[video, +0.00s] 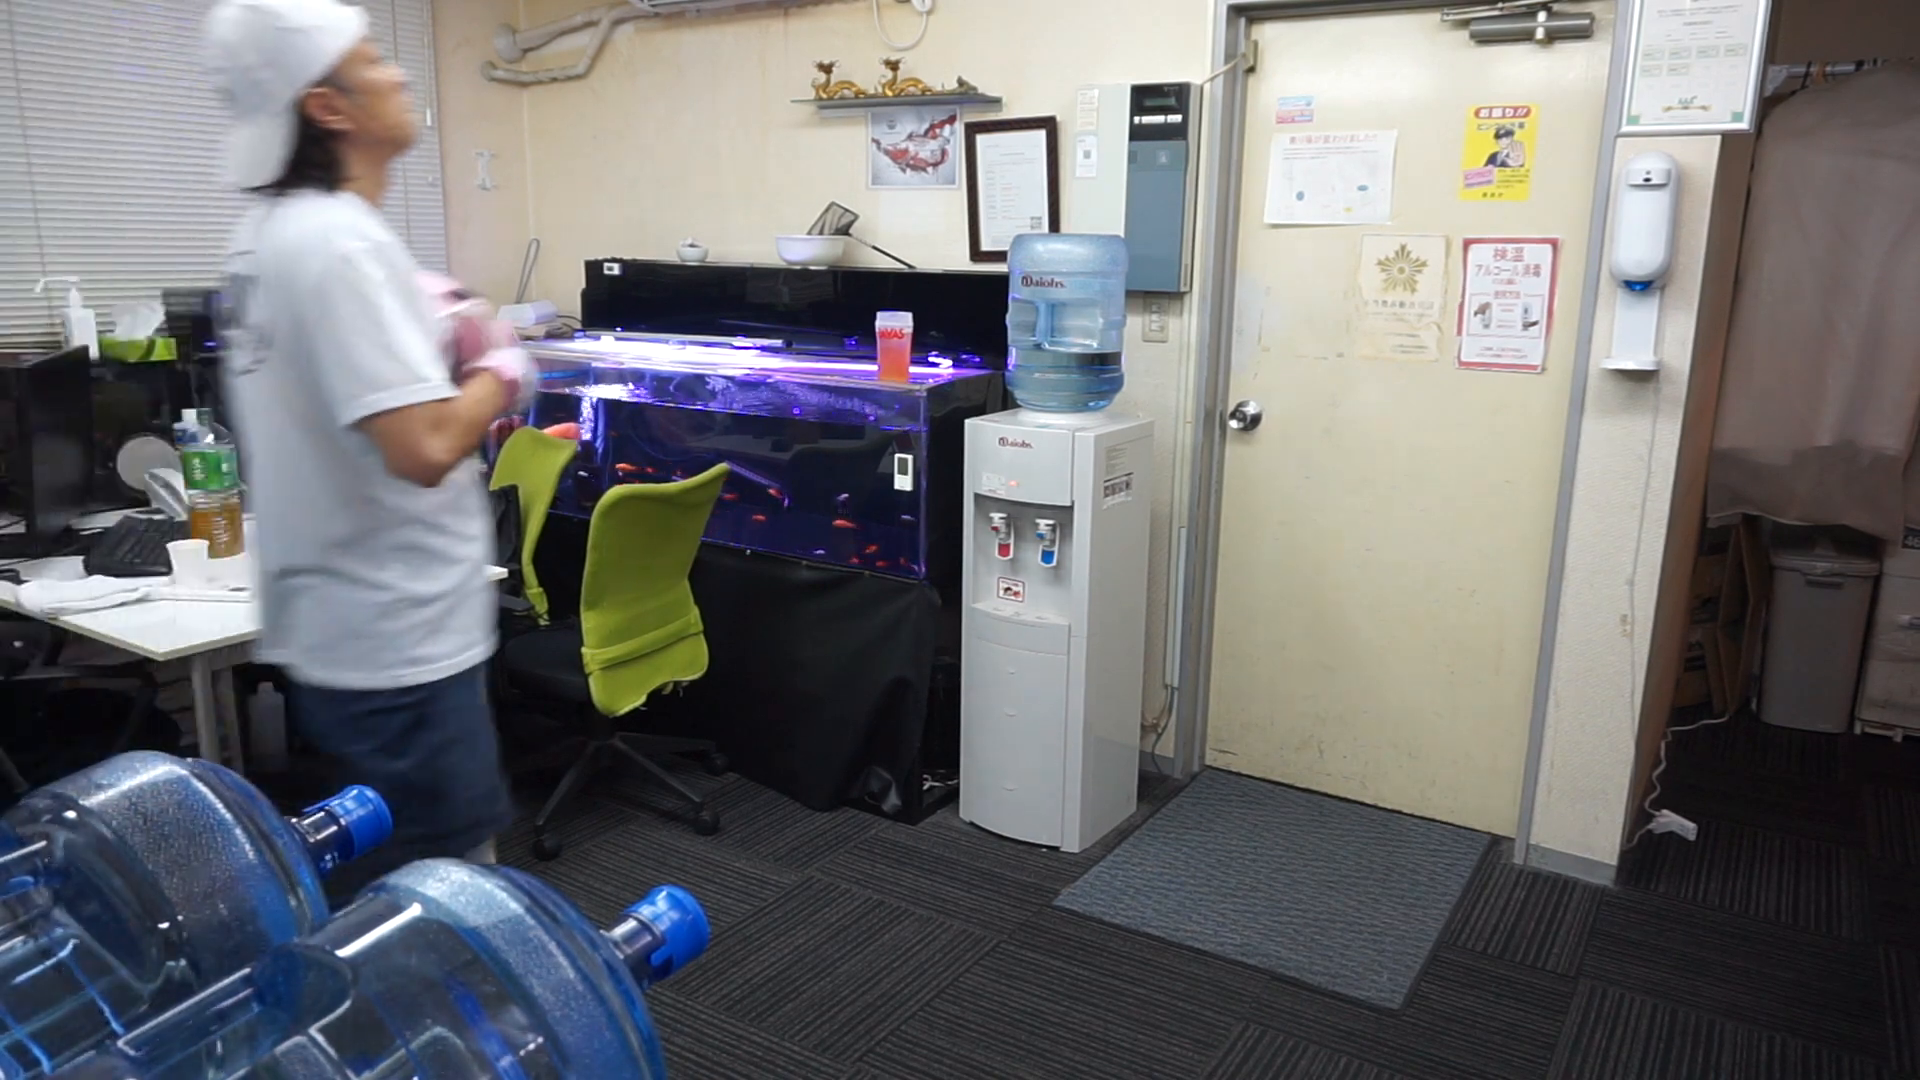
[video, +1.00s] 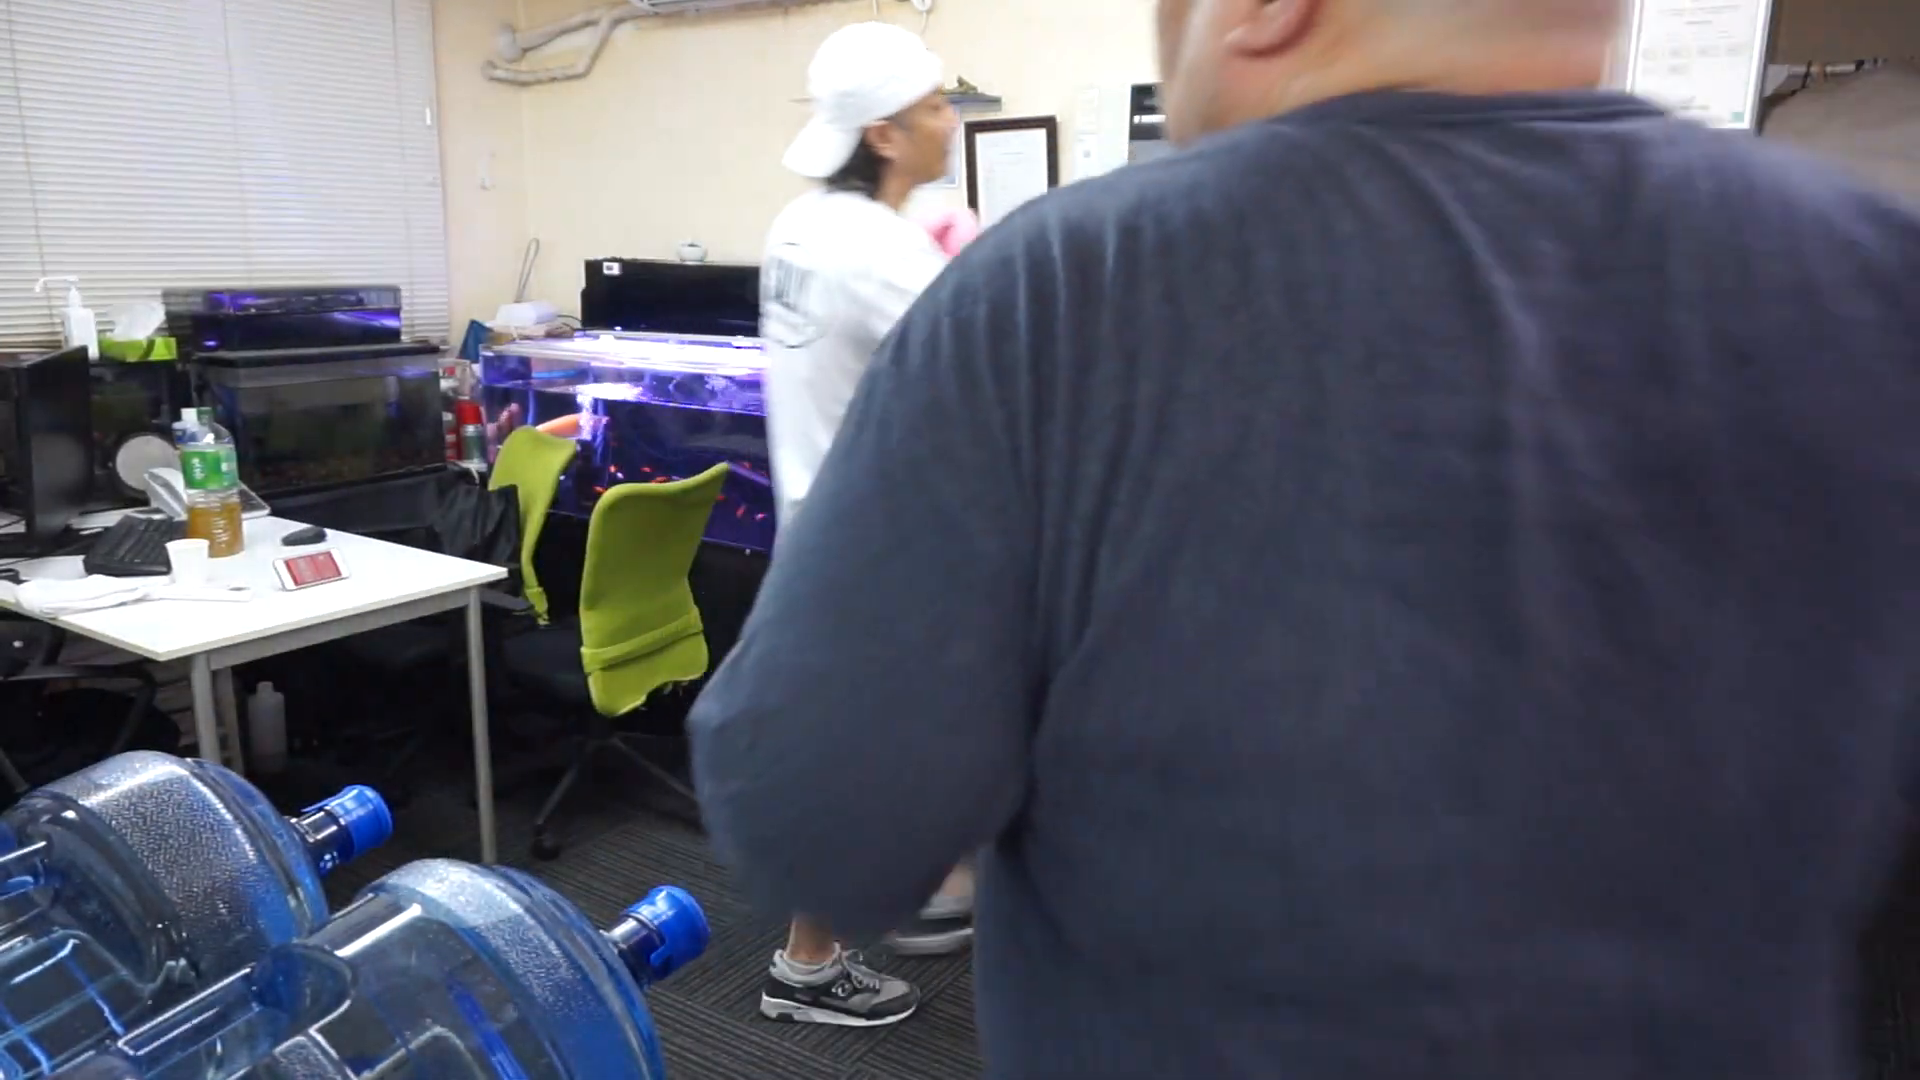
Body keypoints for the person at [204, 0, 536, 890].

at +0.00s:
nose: (398, 76)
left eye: (382, 58)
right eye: (373, 67)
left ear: (328, 113)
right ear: (329, 111)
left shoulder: (272, 237)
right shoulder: (339, 248)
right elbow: (423, 450)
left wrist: (443, 348)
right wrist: (496, 374)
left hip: (334, 649)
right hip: (402, 662)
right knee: (450, 896)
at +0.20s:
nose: (514, 73)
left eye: (500, 55)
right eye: (489, 60)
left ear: (443, 107)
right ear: (438, 103)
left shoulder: (395, 220)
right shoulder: (436, 232)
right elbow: (526, 423)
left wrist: (543, 316)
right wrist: (606, 357)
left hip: (435, 591)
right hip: (491, 599)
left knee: (476, 810)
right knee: (633, 797)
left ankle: (465, 992)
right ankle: (522, 996)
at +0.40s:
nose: (620, 99)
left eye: (605, 79)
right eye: (596, 89)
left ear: (544, 131)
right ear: (549, 130)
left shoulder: (489, 230)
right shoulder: (555, 251)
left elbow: (532, 385)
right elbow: (626, 435)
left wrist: (639, 333)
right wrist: (708, 358)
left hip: (509, 577)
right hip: (587, 591)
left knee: (513, 784)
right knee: (680, 782)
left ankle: (473, 966)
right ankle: (770, 964)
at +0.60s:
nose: (745, 120)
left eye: (732, 100)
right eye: (723, 107)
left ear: (668, 145)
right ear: (675, 145)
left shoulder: (603, 238)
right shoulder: (681, 269)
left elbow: (645, 391)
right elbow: (739, 446)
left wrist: (738, 308)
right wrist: (801, 358)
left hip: (630, 585)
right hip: (716, 595)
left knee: (603, 777)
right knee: (791, 786)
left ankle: (515, 949)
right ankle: (804, 971)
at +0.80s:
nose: (864, 117)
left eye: (856, 100)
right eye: (847, 105)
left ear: (790, 141)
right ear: (794, 140)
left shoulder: (708, 223)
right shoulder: (794, 255)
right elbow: (847, 423)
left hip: (721, 563)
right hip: (790, 577)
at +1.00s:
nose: (955, 123)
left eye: (948, 104)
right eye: (939, 108)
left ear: (870, 132)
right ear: (889, 135)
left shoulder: (804, 223)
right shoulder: (876, 246)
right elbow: (981, 350)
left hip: (814, 520)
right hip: (857, 531)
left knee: (878, 699)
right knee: (832, 728)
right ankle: (807, 955)